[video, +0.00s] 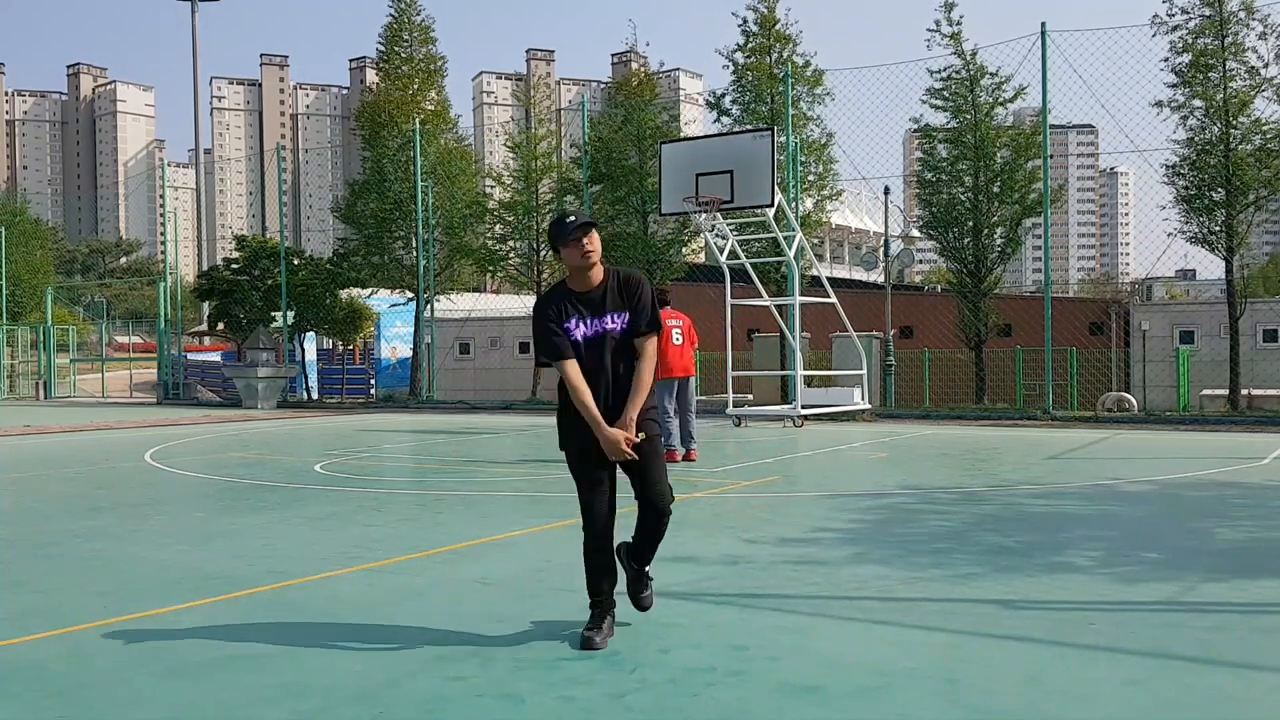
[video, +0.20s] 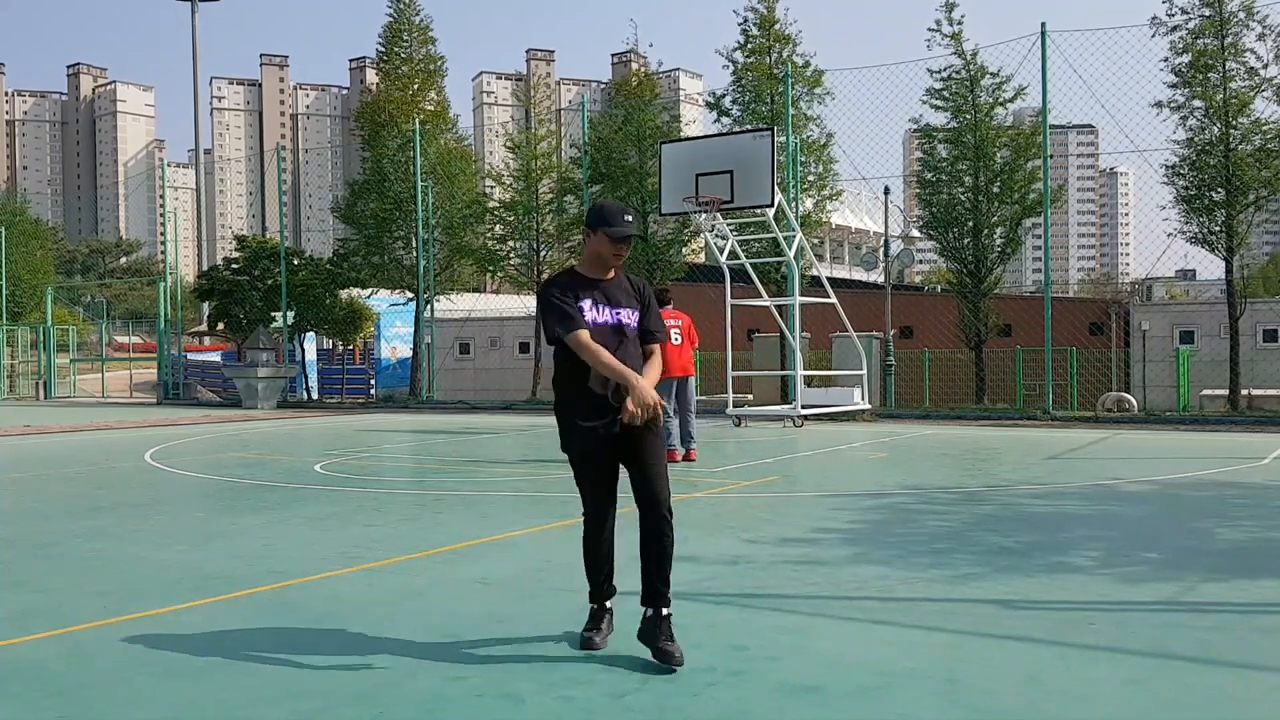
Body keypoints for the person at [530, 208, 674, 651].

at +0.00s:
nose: (583, 245)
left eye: (587, 236)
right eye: (572, 242)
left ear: (600, 240)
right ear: (559, 254)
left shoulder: (634, 286)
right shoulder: (550, 306)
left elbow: (647, 356)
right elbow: (572, 377)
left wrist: (629, 418)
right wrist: (602, 431)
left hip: (637, 414)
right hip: (584, 422)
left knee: (659, 502)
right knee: (597, 520)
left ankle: (637, 560)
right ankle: (601, 610)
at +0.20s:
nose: (623, 249)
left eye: (628, 241)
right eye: (615, 241)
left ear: (630, 241)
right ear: (589, 236)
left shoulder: (639, 291)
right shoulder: (559, 289)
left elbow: (655, 356)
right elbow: (583, 346)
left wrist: (642, 392)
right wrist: (633, 380)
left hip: (640, 417)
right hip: (588, 422)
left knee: (658, 510)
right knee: (599, 514)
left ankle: (657, 617)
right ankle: (601, 608)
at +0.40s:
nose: (644, 245)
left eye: (651, 241)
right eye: (636, 235)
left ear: (654, 251)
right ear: (611, 235)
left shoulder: (655, 300)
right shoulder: (572, 289)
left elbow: (668, 364)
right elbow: (599, 343)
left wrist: (645, 409)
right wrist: (650, 382)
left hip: (644, 432)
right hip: (589, 433)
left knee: (660, 529)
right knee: (600, 528)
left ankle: (670, 640)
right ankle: (600, 607)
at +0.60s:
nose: (618, 244)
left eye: (629, 236)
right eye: (610, 234)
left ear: (646, 242)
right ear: (599, 236)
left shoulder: (665, 294)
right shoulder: (574, 288)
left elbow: (666, 363)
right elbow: (578, 351)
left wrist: (616, 415)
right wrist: (604, 394)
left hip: (642, 431)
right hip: (579, 429)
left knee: (652, 539)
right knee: (547, 519)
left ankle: (669, 644)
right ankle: (599, 579)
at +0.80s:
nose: (576, 236)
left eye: (585, 226)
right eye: (569, 227)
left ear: (610, 224)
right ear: (563, 230)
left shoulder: (635, 275)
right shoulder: (561, 284)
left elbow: (620, 350)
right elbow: (542, 344)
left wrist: (574, 420)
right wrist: (544, 379)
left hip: (612, 424)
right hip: (559, 422)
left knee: (635, 534)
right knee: (509, 520)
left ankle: (675, 642)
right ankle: (514, 641)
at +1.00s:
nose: (533, 231)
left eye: (544, 223)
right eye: (528, 223)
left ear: (569, 229)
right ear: (521, 231)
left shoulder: (591, 278)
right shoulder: (517, 291)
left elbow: (582, 358)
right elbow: (508, 366)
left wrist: (553, 437)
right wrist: (519, 417)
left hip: (586, 443)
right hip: (525, 441)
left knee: (610, 545)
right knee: (493, 545)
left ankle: (666, 647)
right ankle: (482, 663)